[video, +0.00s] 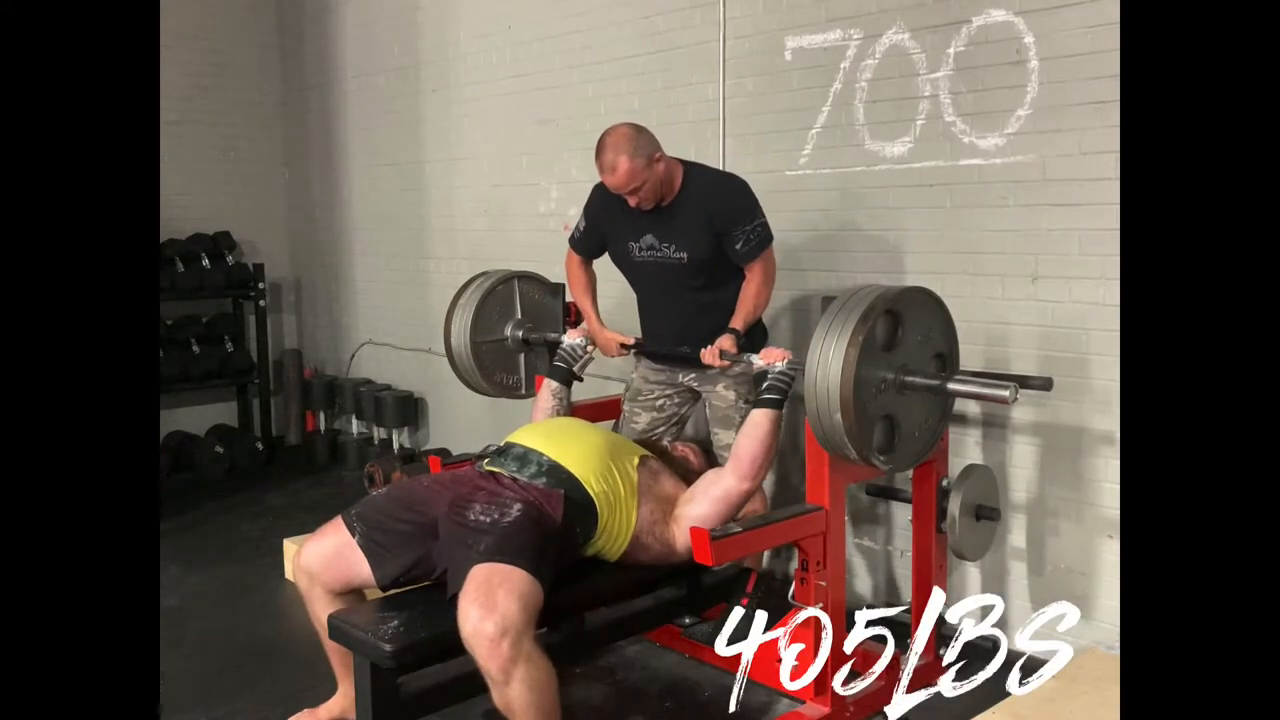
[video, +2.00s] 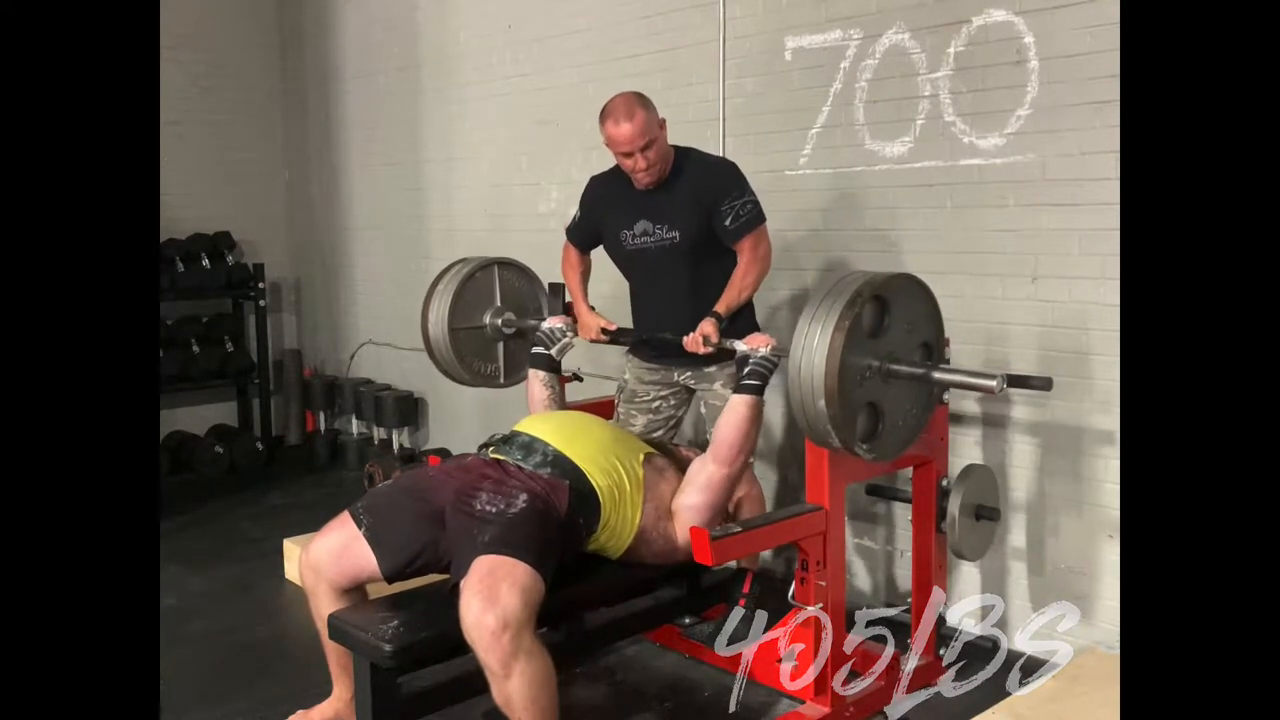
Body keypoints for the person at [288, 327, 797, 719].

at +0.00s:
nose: (681, 446)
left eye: (692, 451)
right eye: (678, 442)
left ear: (701, 475)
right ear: (657, 446)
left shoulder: (679, 511)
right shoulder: (598, 449)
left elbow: (745, 472)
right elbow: (536, 437)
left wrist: (772, 391)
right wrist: (560, 370)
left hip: (526, 502)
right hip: (454, 481)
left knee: (492, 628)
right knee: (314, 563)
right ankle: (350, 695)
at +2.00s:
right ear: (682, 454)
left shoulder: (677, 519)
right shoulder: (597, 445)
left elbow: (724, 460)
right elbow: (539, 434)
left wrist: (751, 380)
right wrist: (545, 358)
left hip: (531, 493)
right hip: (459, 472)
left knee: (492, 620)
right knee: (321, 560)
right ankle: (345, 698)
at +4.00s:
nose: (674, 440)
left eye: (686, 441)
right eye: (671, 434)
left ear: (691, 461)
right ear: (655, 438)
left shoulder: (661, 502)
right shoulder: (579, 453)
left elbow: (684, 575)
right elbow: (512, 469)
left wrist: (698, 480)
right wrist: (492, 438)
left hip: (519, 512)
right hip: (454, 490)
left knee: (481, 633)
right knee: (304, 565)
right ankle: (344, 700)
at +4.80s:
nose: (680, 435)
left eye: (689, 436)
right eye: (676, 430)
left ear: (699, 462)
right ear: (659, 434)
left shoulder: (671, 515)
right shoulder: (585, 450)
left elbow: (717, 468)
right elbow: (523, 445)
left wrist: (731, 387)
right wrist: (514, 373)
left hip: (525, 507)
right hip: (455, 486)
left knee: (487, 625)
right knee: (308, 560)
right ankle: (342, 698)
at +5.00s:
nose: (677, 438)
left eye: (689, 440)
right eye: (675, 432)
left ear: (699, 463)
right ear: (659, 437)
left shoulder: (674, 515)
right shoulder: (586, 448)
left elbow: (718, 459)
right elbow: (532, 435)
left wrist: (735, 376)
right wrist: (523, 362)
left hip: (529, 507)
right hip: (461, 483)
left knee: (493, 626)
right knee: (311, 563)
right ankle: (343, 698)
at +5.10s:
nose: (680, 437)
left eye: (690, 437)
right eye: (676, 430)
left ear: (698, 460)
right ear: (658, 434)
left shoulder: (673, 513)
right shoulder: (586, 447)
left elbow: (718, 459)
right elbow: (531, 435)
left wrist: (737, 380)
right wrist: (525, 364)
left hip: (528, 505)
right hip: (459, 483)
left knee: (489, 625)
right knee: (309, 563)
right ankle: (342, 697)